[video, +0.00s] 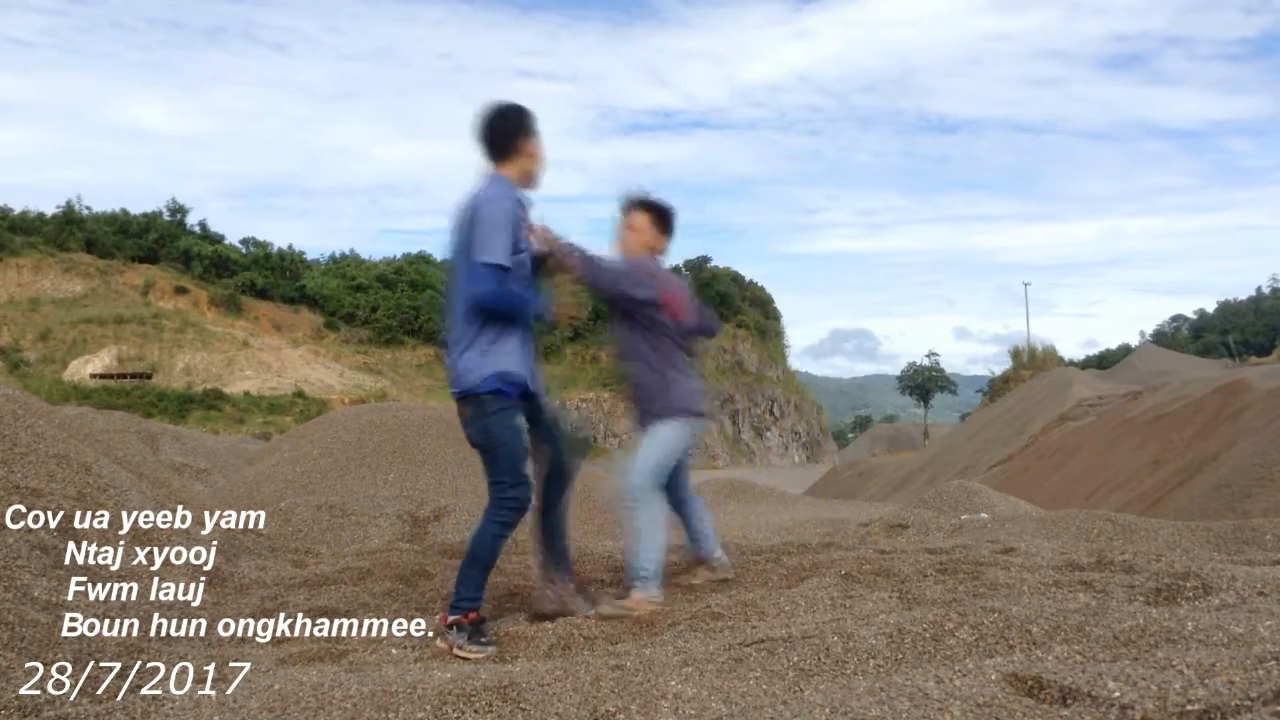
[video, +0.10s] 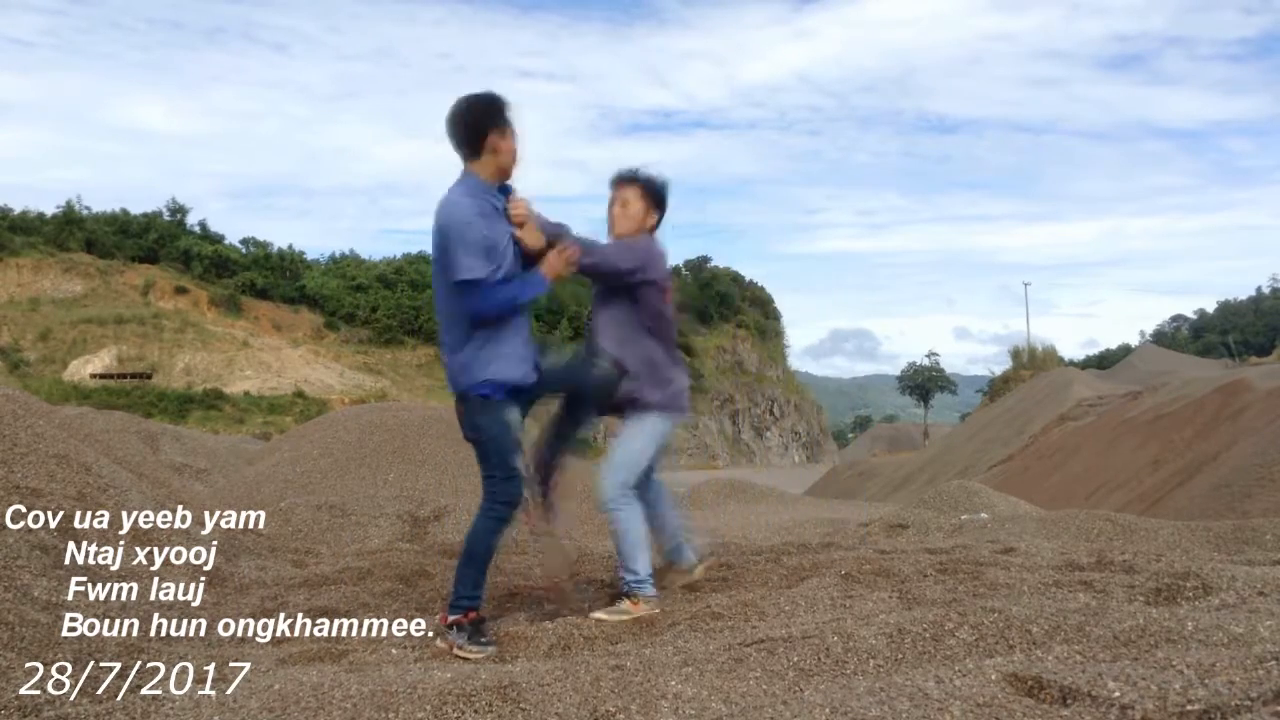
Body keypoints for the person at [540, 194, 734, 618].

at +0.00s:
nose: (624, 236)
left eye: (634, 230)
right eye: (625, 228)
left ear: (658, 239)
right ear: (633, 233)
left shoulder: (646, 275)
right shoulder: (671, 283)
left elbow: (600, 274)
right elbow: (705, 323)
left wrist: (554, 245)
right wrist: (670, 329)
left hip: (672, 412)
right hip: (675, 410)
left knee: (641, 482)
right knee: (678, 488)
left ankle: (645, 588)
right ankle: (712, 557)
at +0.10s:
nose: (614, 212)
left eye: (626, 205)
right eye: (613, 203)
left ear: (651, 216)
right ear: (611, 208)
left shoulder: (645, 251)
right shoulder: (627, 254)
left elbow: (591, 257)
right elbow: (579, 257)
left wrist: (540, 228)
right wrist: (534, 232)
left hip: (658, 398)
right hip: (638, 396)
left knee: (616, 484)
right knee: (641, 479)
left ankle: (640, 592)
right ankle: (682, 557)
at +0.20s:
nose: (629, 193)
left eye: (641, 187)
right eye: (626, 184)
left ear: (664, 200)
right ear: (619, 189)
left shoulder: (660, 243)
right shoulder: (609, 231)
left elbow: (612, 275)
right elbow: (571, 233)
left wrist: (556, 253)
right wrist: (550, 205)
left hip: (655, 376)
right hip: (622, 373)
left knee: (637, 481)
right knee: (637, 473)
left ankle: (641, 594)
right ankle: (674, 550)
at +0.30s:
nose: (677, 215)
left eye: (689, 211)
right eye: (674, 205)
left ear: (704, 223)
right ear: (662, 205)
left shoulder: (694, 279)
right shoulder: (634, 238)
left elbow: (643, 317)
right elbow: (582, 201)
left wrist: (589, 293)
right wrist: (585, 245)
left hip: (652, 392)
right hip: (603, 381)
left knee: (639, 484)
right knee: (596, 479)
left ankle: (642, 590)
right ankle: (639, 556)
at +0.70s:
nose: (767, 229)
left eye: (776, 220)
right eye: (759, 220)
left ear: (793, 225)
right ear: (748, 225)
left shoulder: (807, 288)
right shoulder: (722, 273)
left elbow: (822, 349)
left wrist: (801, 357)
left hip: (780, 402)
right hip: (723, 399)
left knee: (772, 490)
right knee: (707, 480)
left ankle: (767, 575)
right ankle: (709, 570)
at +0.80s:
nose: (788, 233)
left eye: (796, 224)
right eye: (779, 225)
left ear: (811, 229)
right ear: (768, 231)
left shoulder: (827, 286)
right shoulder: (750, 279)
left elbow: (846, 349)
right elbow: (739, 330)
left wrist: (820, 383)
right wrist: (728, 354)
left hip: (808, 398)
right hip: (758, 396)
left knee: (816, 477)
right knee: (753, 477)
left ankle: (826, 551)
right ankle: (753, 557)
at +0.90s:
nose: (789, 224)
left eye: (797, 215)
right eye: (781, 216)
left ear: (812, 219)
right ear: (769, 220)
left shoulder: (828, 269)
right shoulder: (759, 269)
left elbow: (845, 332)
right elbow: (751, 316)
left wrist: (819, 385)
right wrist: (750, 336)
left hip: (814, 384)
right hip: (768, 383)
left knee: (816, 465)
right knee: (774, 465)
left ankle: (830, 551)